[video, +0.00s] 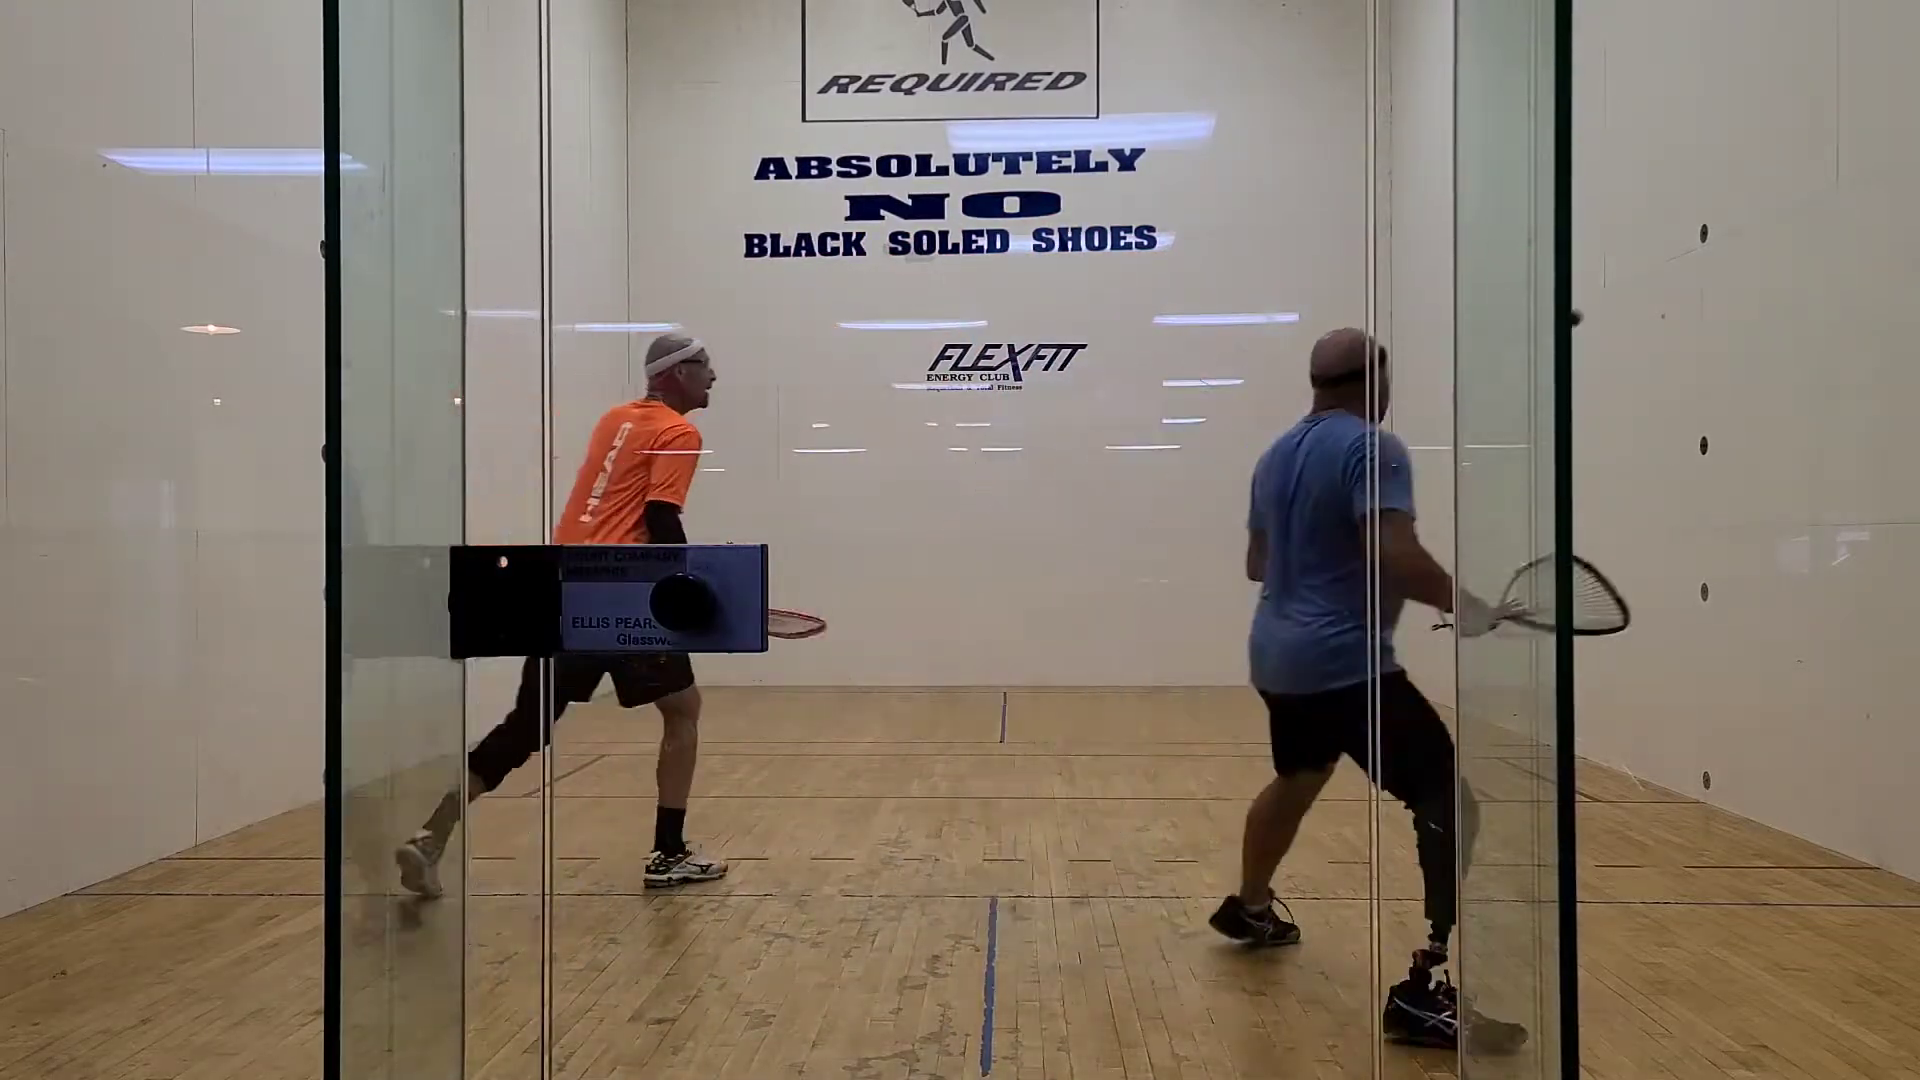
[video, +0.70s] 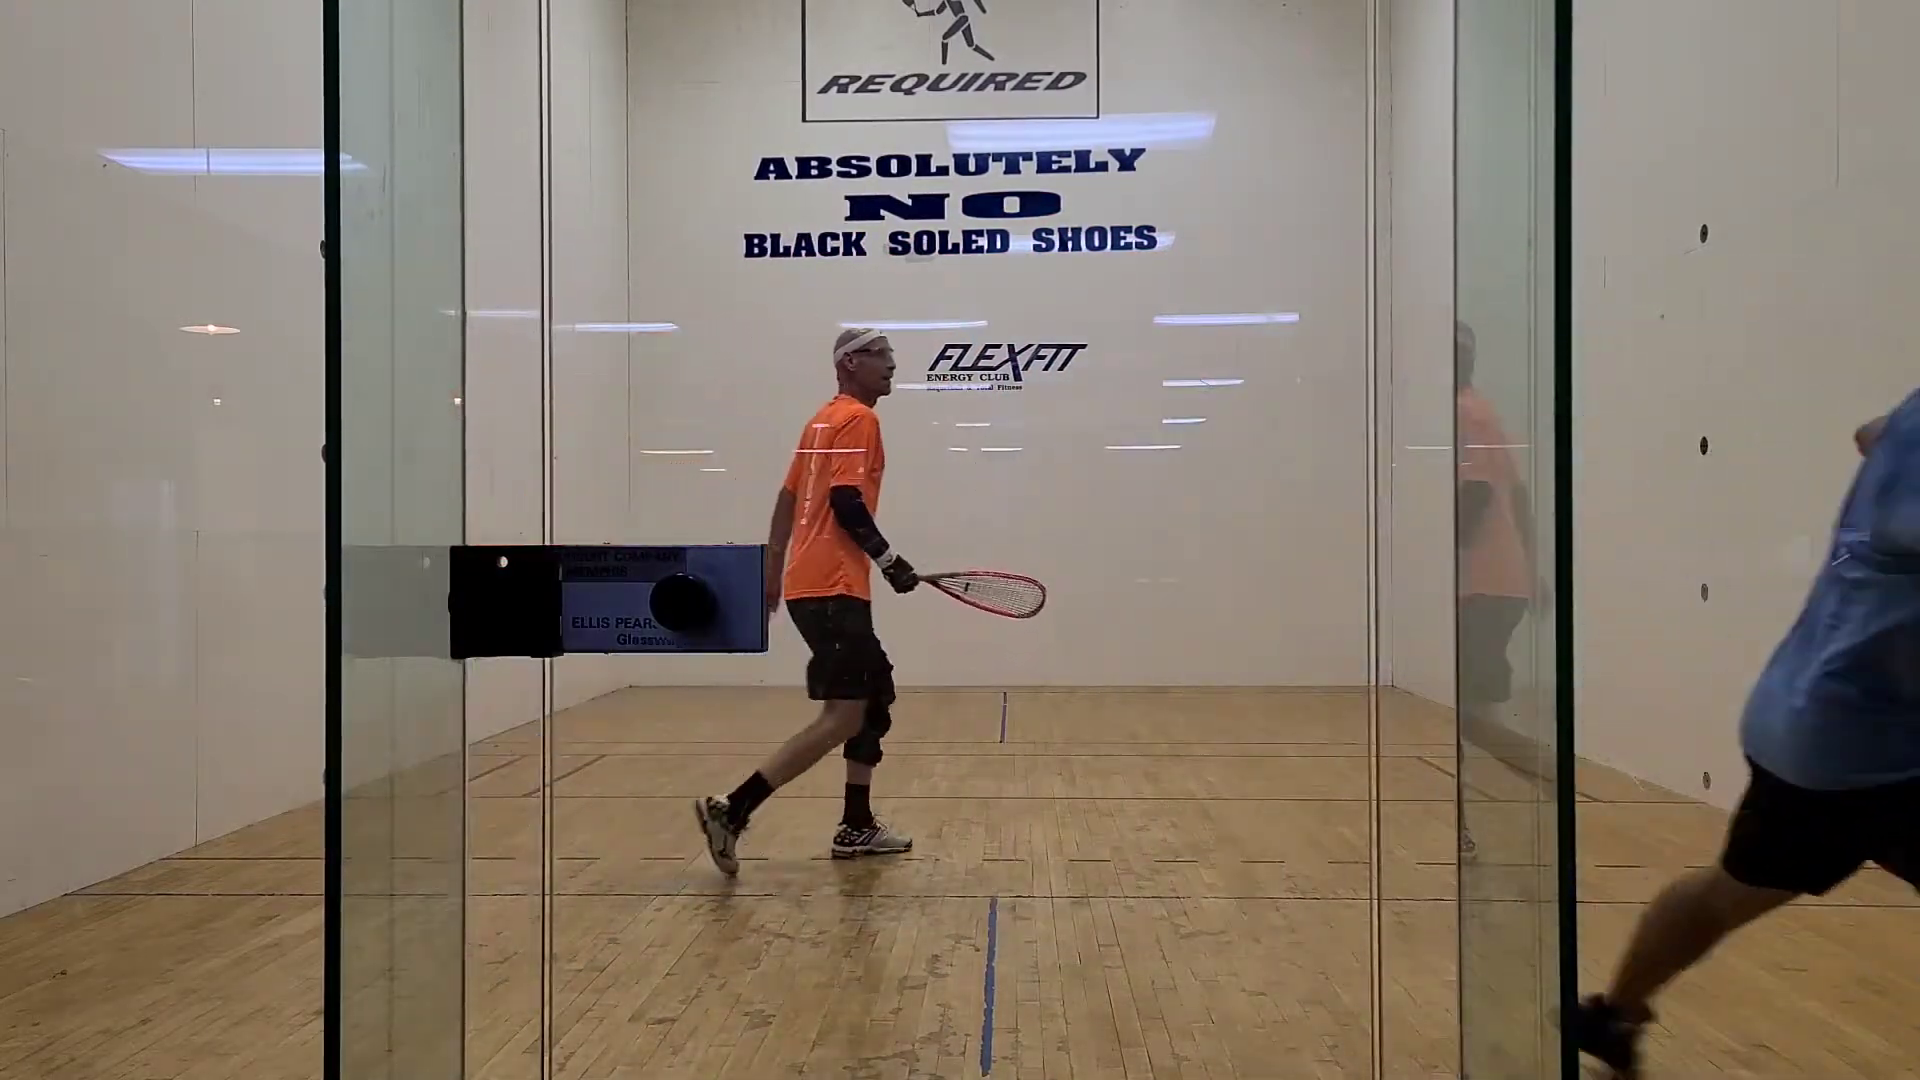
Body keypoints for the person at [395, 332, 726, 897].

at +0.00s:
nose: (713, 377)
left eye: (709, 367)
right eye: (705, 368)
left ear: (661, 378)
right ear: (674, 376)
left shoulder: (614, 418)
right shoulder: (679, 431)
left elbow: (593, 510)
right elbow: (661, 521)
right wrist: (696, 596)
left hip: (567, 591)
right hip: (624, 597)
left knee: (526, 723)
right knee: (683, 710)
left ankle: (429, 839)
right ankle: (669, 853)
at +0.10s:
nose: (744, 372)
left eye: (742, 363)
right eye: (737, 363)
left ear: (693, 370)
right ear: (706, 368)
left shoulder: (649, 412)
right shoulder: (708, 422)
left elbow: (631, 501)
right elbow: (694, 510)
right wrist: (726, 586)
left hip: (601, 589)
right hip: (656, 592)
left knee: (595, 721)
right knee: (703, 707)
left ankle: (487, 809)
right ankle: (670, 853)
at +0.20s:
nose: (768, 353)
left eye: (764, 344)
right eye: (758, 344)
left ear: (718, 357)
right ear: (726, 354)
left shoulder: (679, 403)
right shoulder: (734, 411)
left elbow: (663, 489)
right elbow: (719, 495)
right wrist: (756, 563)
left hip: (640, 570)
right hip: (685, 576)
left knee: (666, 702)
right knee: (713, 705)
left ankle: (565, 801)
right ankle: (671, 851)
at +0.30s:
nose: (791, 347)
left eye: (789, 338)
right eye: (781, 338)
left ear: (742, 347)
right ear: (749, 345)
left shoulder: (706, 395)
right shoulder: (753, 403)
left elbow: (675, 480)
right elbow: (739, 484)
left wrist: (676, 544)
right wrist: (775, 543)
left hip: (679, 564)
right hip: (712, 569)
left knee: (718, 694)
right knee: (721, 699)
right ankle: (672, 844)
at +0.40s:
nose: (816, 348)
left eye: (814, 339)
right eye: (806, 338)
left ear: (768, 350)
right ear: (773, 347)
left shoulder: (730, 401)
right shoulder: (776, 406)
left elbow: (692, 478)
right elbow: (761, 485)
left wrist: (679, 554)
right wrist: (800, 547)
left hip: (709, 571)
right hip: (735, 574)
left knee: (769, 682)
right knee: (727, 707)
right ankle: (671, 843)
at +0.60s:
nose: (868, 364)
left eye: (866, 355)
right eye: (858, 355)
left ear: (823, 366)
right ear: (824, 364)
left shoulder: (788, 420)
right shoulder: (830, 423)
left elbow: (746, 489)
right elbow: (816, 500)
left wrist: (725, 564)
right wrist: (858, 561)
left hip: (784, 596)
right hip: (798, 600)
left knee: (852, 691)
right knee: (768, 718)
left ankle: (855, 826)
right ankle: (682, 834)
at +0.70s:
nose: (893, 366)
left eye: (891, 358)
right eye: (883, 357)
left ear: (849, 366)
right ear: (849, 363)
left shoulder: (820, 421)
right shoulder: (856, 418)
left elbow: (785, 508)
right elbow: (846, 499)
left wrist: (773, 586)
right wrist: (890, 558)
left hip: (813, 584)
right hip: (833, 585)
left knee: (874, 698)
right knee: (846, 714)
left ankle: (857, 825)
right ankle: (731, 811)